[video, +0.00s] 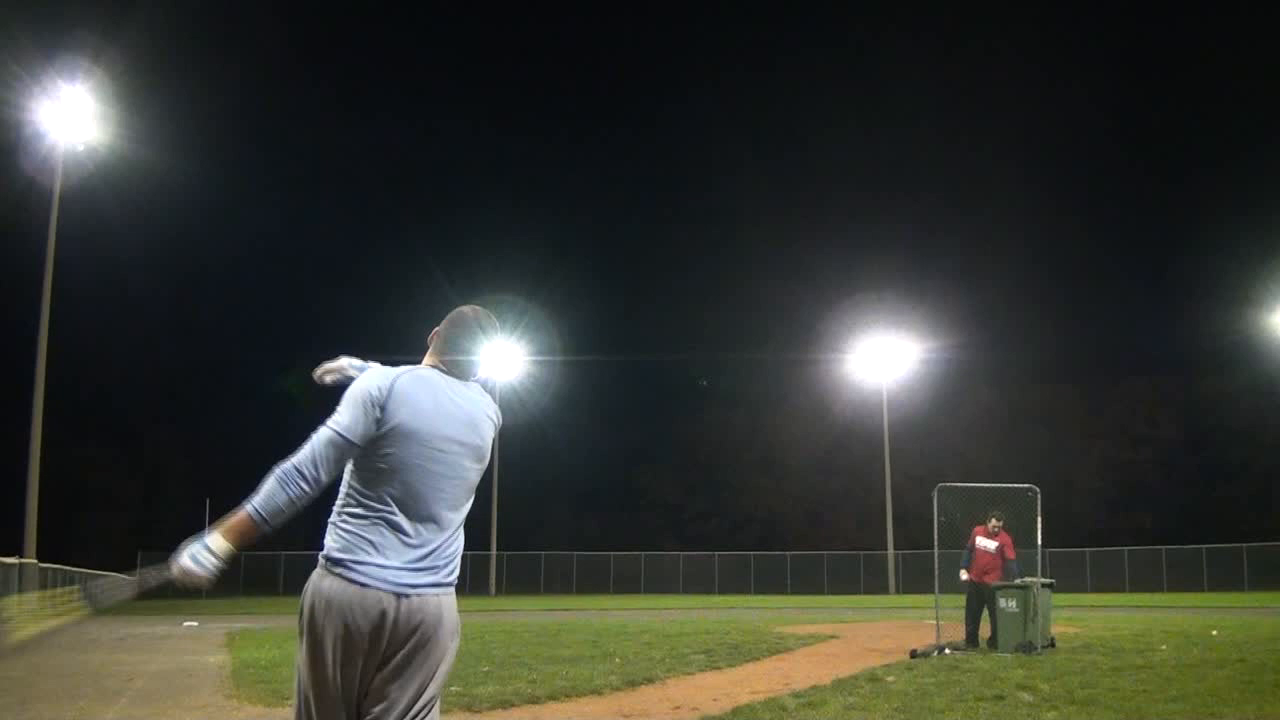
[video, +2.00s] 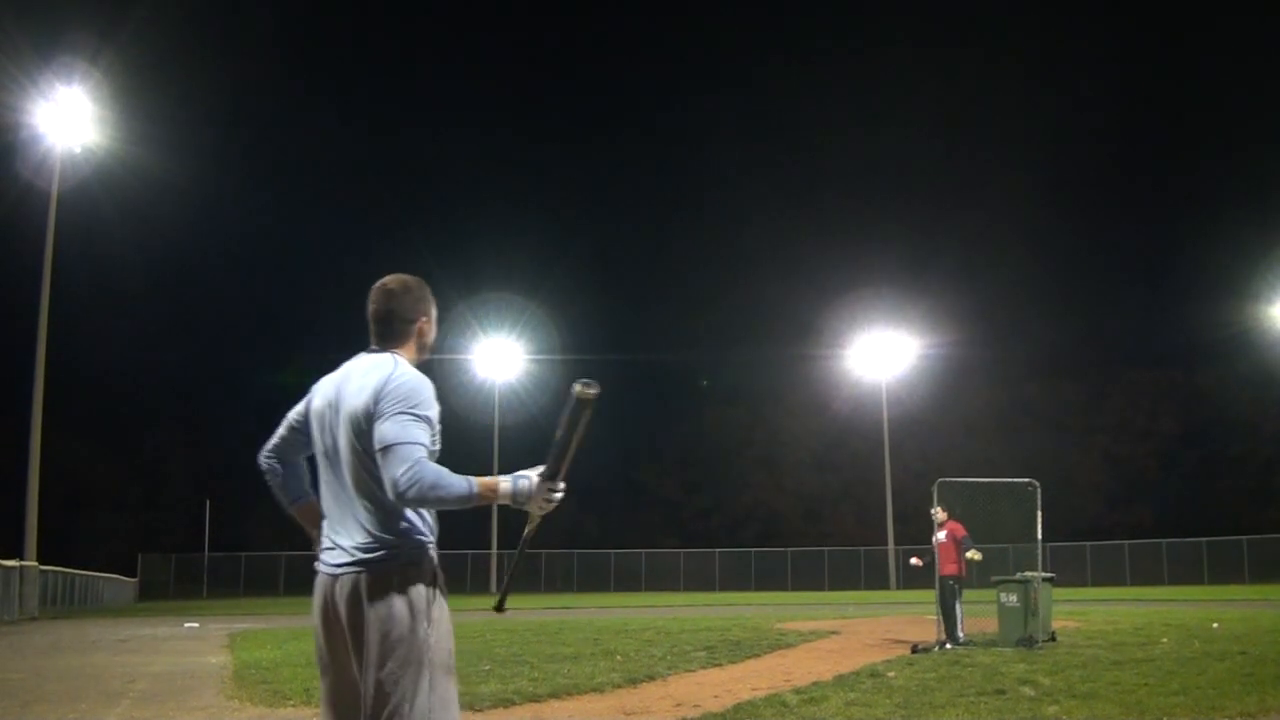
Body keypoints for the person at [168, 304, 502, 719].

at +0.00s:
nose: (430, 337)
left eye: (434, 333)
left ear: (434, 340)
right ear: (481, 362)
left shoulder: (381, 387)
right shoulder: (486, 414)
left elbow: (306, 472)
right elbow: (434, 398)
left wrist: (220, 540)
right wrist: (370, 374)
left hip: (343, 598)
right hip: (430, 609)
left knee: (322, 709)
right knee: (407, 712)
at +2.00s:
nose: (434, 330)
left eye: (433, 320)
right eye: (433, 320)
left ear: (376, 321)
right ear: (423, 324)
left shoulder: (326, 387)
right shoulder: (405, 382)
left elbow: (276, 459)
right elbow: (409, 479)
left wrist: (323, 531)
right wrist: (508, 488)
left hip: (332, 585)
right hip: (395, 585)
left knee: (346, 710)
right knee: (417, 710)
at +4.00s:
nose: (366, 317)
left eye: (366, 305)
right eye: (366, 306)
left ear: (301, 307)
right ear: (352, 310)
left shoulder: (267, 376)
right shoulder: (323, 372)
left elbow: (251, 489)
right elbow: (359, 477)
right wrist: (426, 446)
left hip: (269, 582)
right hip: (312, 587)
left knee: (278, 709)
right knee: (311, 711)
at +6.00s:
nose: (343, 355)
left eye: (341, 346)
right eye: (339, 345)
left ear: (275, 345)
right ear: (318, 350)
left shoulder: (326, 413)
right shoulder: (253, 409)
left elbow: (399, 456)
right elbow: (306, 468)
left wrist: (394, 399)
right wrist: (362, 390)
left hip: (325, 604)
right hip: (300, 608)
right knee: (359, 711)